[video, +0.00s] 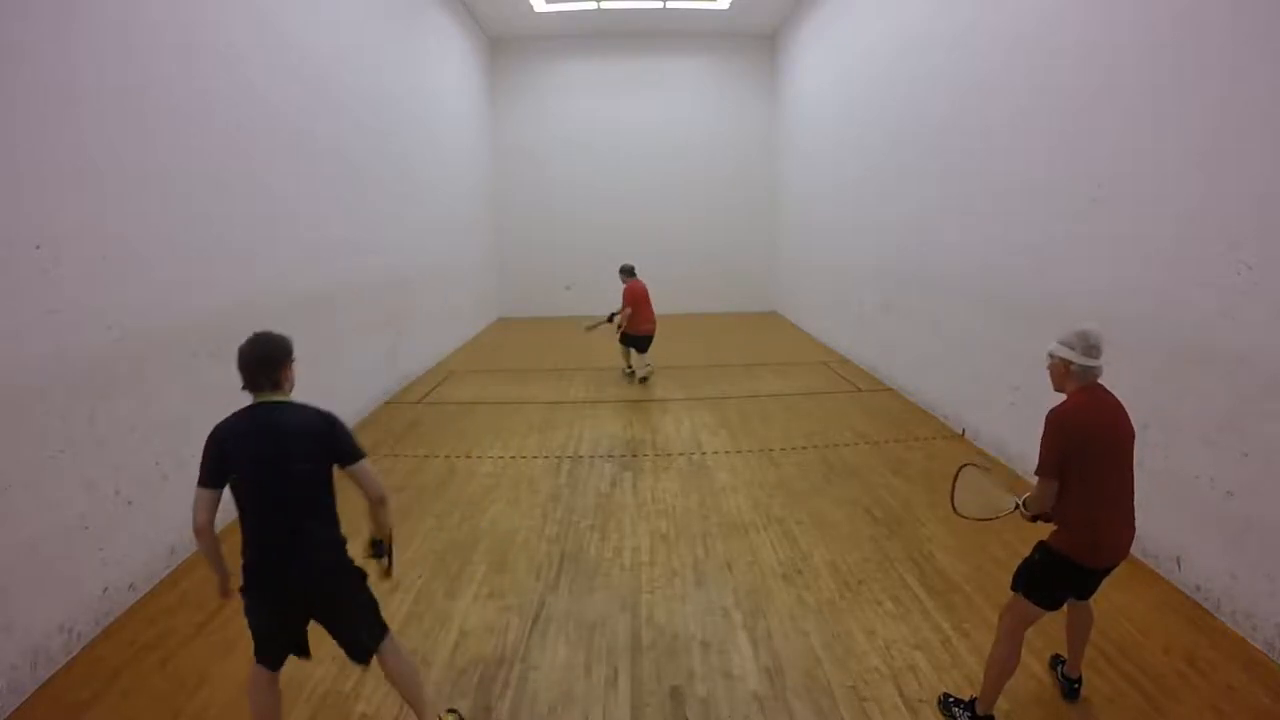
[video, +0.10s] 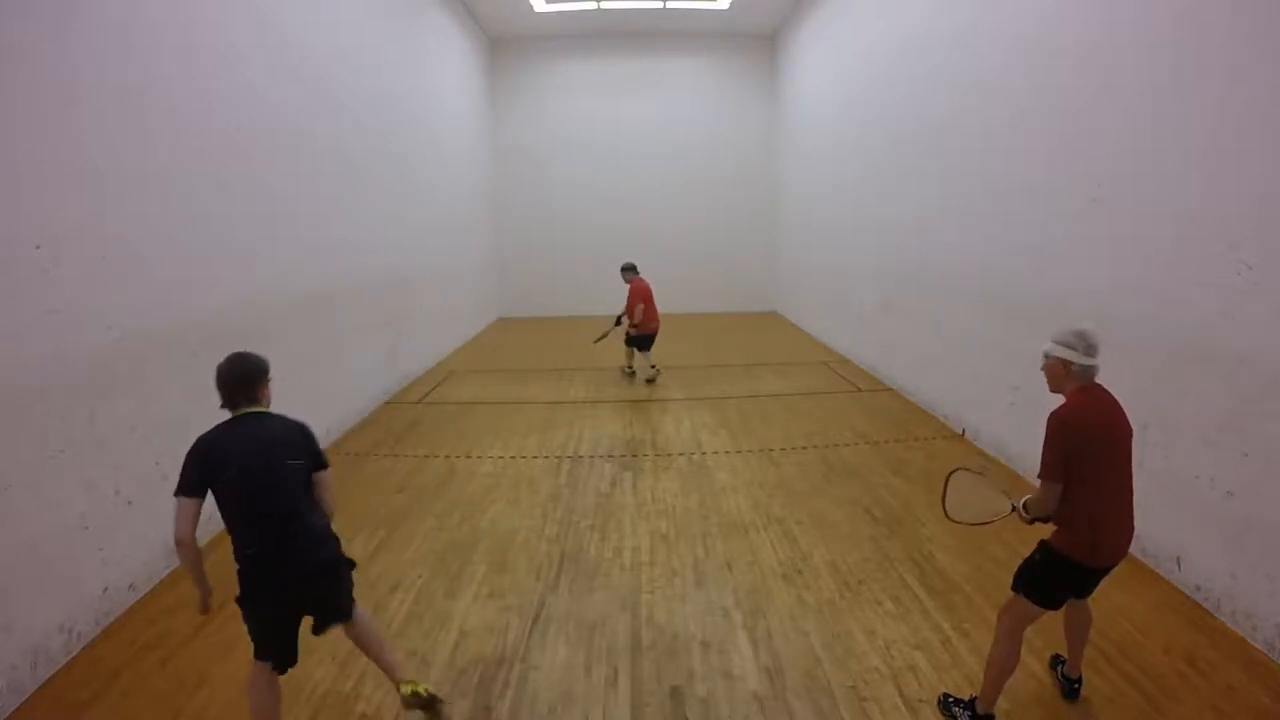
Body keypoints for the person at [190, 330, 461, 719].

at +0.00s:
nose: (294, 370)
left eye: (291, 364)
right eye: (292, 365)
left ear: (244, 378)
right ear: (287, 372)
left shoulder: (225, 436)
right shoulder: (319, 423)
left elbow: (202, 525)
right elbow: (376, 494)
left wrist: (222, 576)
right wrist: (380, 538)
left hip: (267, 578)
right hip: (327, 570)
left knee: (265, 667)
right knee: (383, 644)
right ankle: (429, 713)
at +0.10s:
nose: (270, 389)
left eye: (267, 383)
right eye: (269, 384)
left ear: (223, 396)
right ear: (265, 390)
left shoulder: (205, 449)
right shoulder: (295, 432)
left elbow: (184, 538)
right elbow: (327, 503)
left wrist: (202, 588)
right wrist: (308, 534)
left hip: (262, 576)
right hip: (318, 560)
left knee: (265, 664)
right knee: (352, 614)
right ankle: (404, 683)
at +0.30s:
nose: (251, 433)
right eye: (250, 429)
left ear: (212, 443)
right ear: (250, 434)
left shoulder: (211, 475)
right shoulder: (261, 467)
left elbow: (209, 555)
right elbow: (260, 538)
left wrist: (200, 627)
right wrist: (215, 559)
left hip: (275, 591)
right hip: (321, 572)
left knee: (274, 664)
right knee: (336, 612)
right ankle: (353, 658)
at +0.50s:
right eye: (227, 428)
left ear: (192, 444)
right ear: (229, 431)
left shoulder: (186, 485)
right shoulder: (259, 462)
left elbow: (169, 556)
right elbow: (300, 516)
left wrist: (142, 633)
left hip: (255, 592)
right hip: (301, 569)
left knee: (271, 655)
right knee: (324, 602)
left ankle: (270, 713)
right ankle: (352, 657)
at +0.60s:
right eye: (214, 402)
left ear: (179, 418)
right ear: (217, 406)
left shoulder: (170, 466)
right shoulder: (251, 438)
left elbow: (160, 540)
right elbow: (314, 486)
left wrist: (144, 622)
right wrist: (359, 514)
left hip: (231, 582)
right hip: (283, 560)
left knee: (263, 647)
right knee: (320, 605)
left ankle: (267, 712)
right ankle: (356, 654)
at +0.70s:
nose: (160, 407)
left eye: (161, 397)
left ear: (177, 391)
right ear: (203, 390)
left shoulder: (164, 444)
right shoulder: (248, 419)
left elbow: (151, 527)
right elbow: (316, 461)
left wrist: (137, 606)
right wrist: (358, 501)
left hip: (217, 570)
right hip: (274, 551)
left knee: (244, 652)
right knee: (319, 608)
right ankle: (370, 666)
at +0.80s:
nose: (150, 396)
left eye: (154, 385)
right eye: (148, 387)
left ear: (178, 382)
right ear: (198, 382)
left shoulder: (155, 436)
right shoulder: (242, 414)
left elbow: (144, 523)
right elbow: (299, 464)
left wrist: (146, 584)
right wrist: (313, 511)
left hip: (217, 567)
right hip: (273, 547)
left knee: (231, 663)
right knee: (323, 610)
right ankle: (386, 670)